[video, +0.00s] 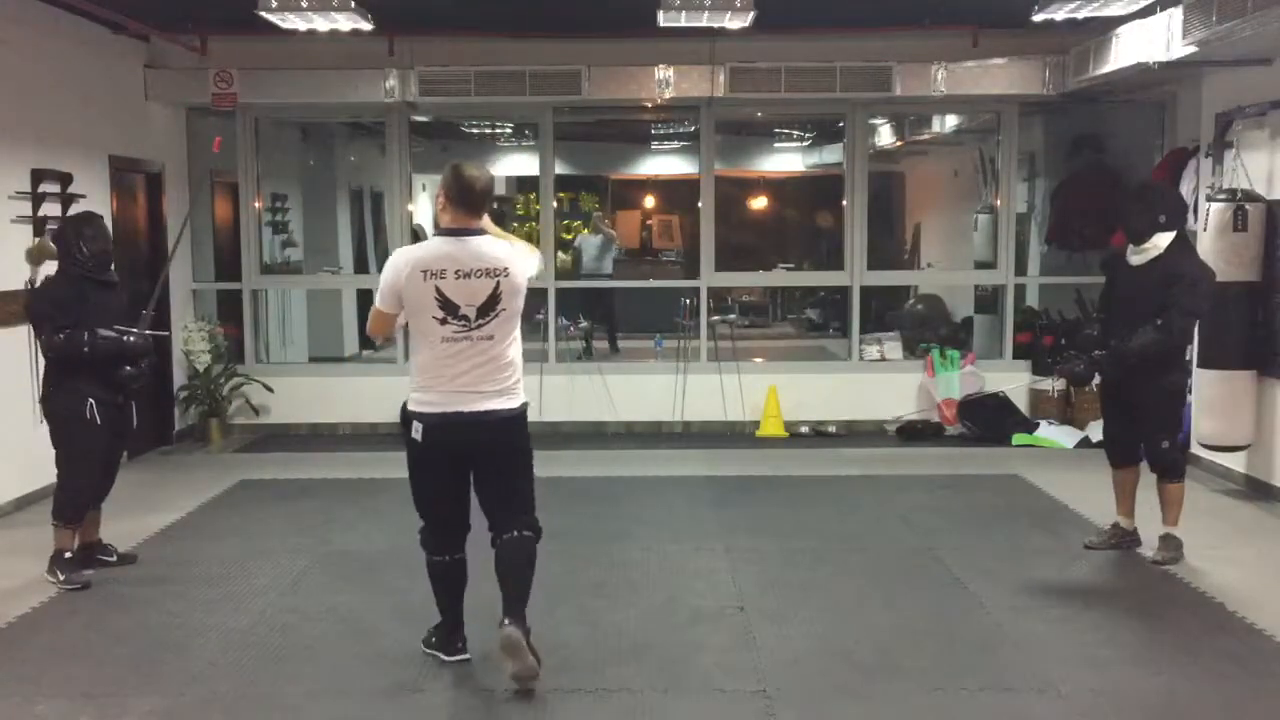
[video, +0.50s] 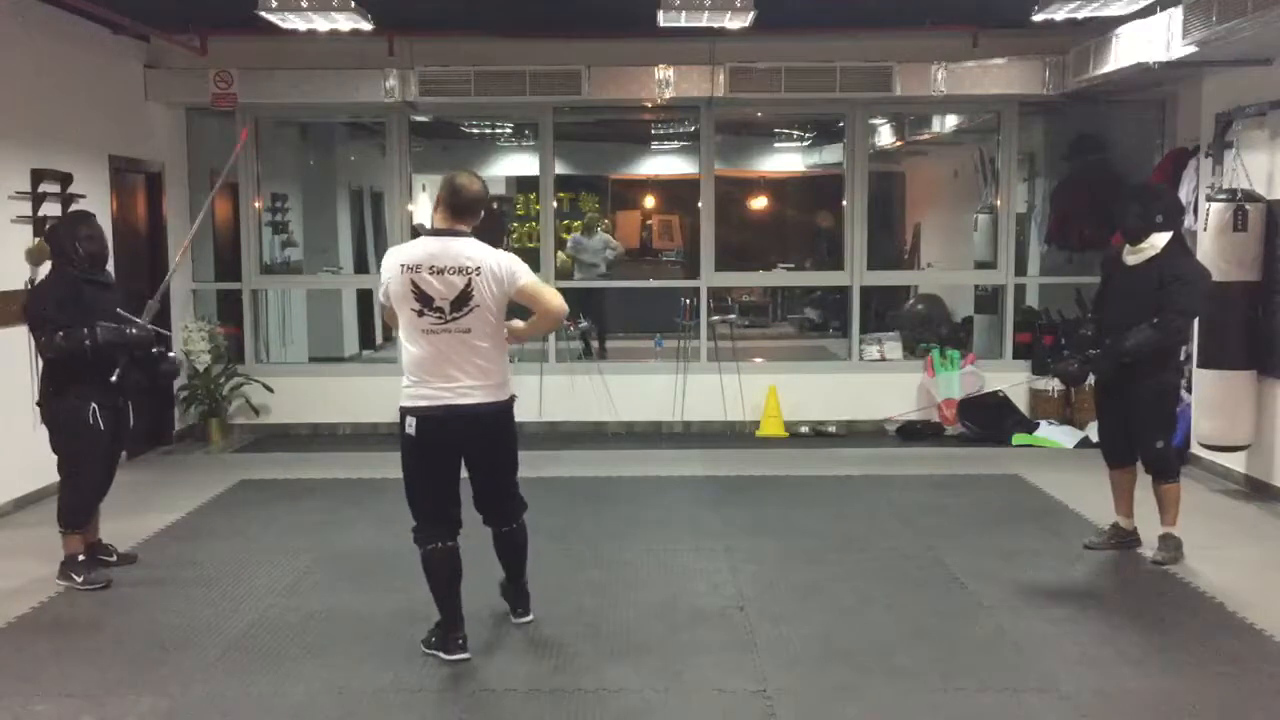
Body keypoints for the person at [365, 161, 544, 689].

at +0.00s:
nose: (433, 203)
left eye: (436, 197)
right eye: (443, 197)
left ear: (441, 202)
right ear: (486, 208)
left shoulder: (406, 262)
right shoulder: (516, 258)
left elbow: (378, 331)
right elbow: (529, 255)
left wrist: (413, 307)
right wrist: (482, 227)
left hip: (434, 424)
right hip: (502, 420)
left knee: (443, 529)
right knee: (515, 520)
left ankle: (452, 633)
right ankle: (515, 617)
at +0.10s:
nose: (431, 201)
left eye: (432, 194)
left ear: (433, 199)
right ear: (479, 203)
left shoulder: (397, 259)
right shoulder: (506, 258)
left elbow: (374, 325)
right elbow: (535, 268)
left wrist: (411, 311)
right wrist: (483, 235)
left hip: (429, 418)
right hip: (496, 416)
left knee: (440, 529)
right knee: (514, 508)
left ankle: (452, 634)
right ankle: (512, 606)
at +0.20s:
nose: (430, 202)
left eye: (430, 195)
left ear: (431, 200)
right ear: (476, 204)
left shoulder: (394, 257)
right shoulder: (503, 256)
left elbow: (373, 324)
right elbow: (542, 294)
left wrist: (412, 310)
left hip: (427, 415)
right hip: (493, 411)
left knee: (439, 524)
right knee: (514, 502)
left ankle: (451, 632)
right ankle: (515, 607)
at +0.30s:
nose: (429, 201)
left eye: (428, 193)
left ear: (428, 198)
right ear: (472, 206)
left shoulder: (390, 257)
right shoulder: (495, 256)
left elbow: (378, 325)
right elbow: (551, 305)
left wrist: (417, 308)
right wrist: (507, 291)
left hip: (426, 413)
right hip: (491, 409)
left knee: (437, 524)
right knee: (511, 508)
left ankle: (452, 632)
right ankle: (525, 611)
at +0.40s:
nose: (428, 204)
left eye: (428, 198)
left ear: (430, 202)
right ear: (473, 210)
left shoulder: (392, 257)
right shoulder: (494, 259)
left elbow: (381, 323)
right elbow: (553, 309)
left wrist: (422, 304)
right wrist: (504, 315)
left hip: (425, 414)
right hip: (490, 411)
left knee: (435, 526)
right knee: (508, 506)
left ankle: (452, 633)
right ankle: (526, 599)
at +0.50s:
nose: (432, 209)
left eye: (434, 202)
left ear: (436, 207)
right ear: (480, 215)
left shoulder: (397, 258)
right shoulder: (497, 261)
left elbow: (392, 320)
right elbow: (556, 310)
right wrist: (519, 330)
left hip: (426, 416)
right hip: (490, 413)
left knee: (435, 525)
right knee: (503, 505)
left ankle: (451, 632)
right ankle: (518, 596)